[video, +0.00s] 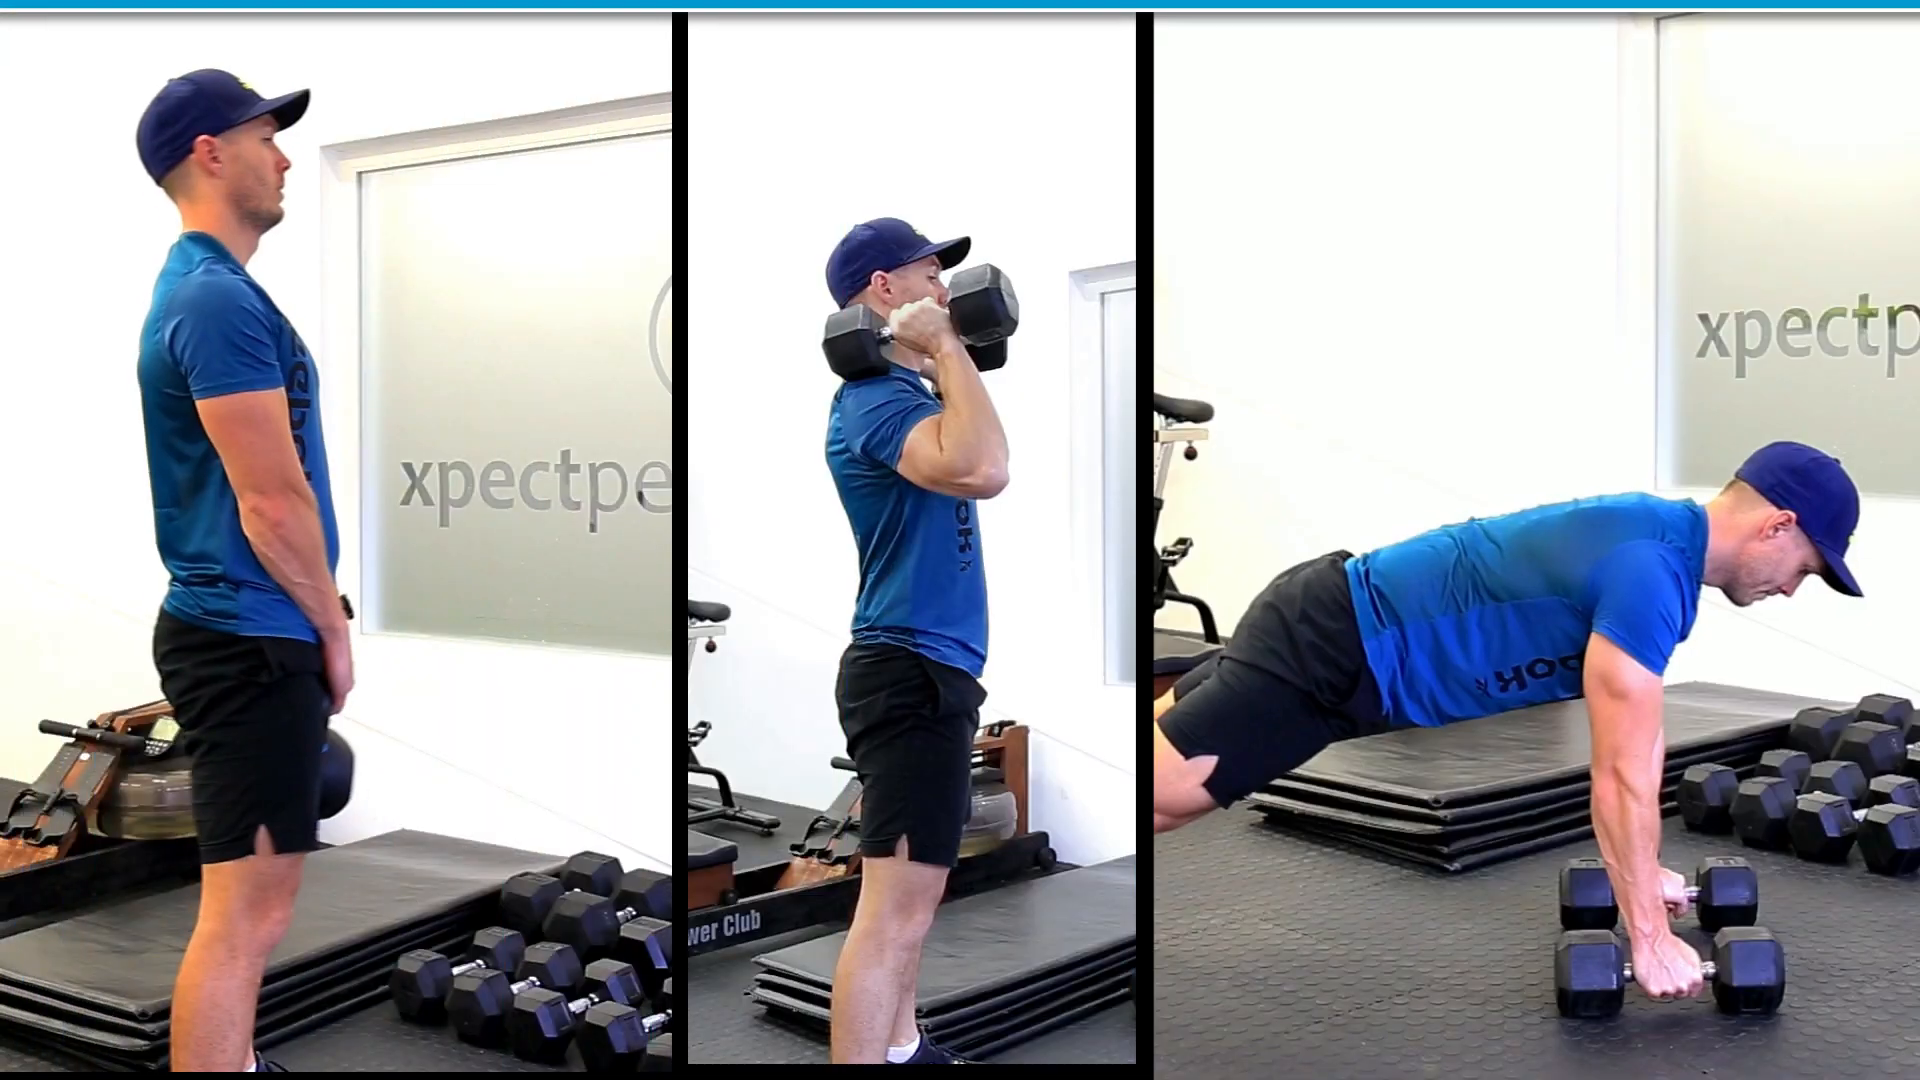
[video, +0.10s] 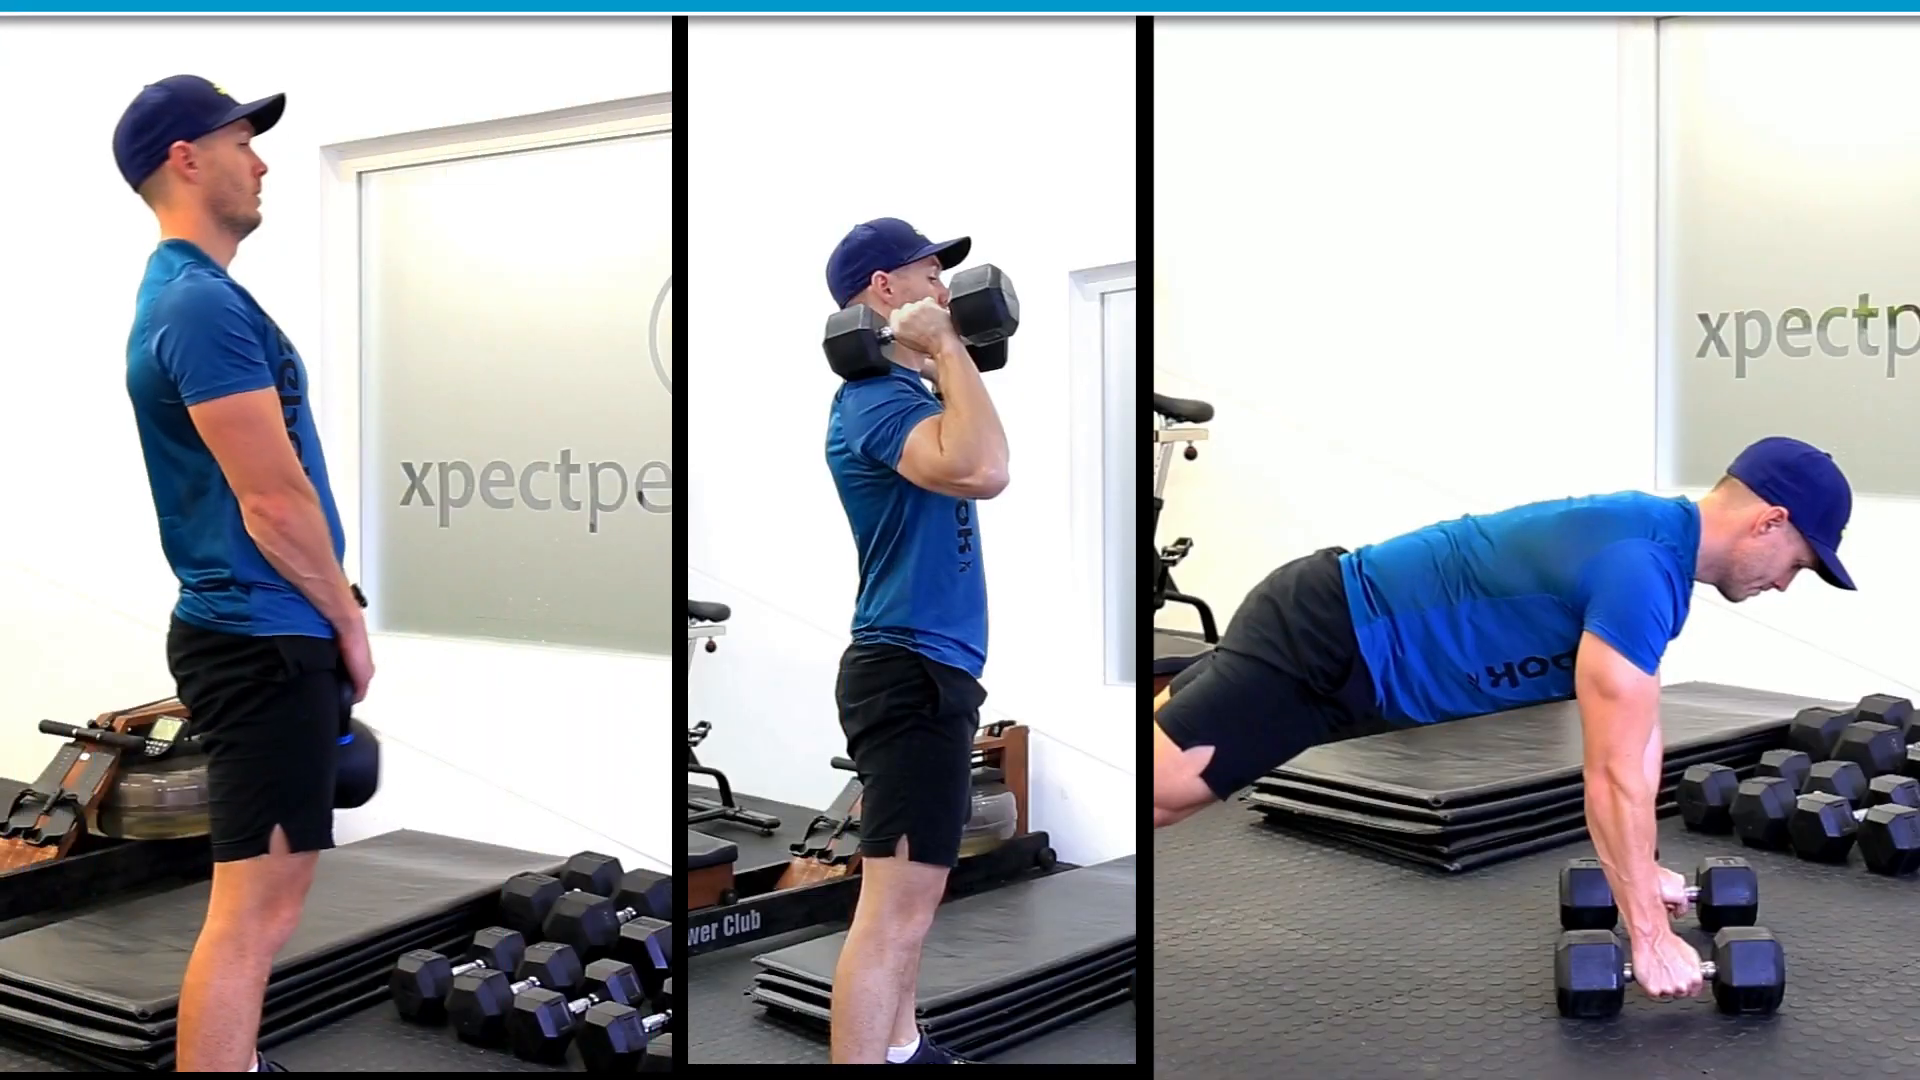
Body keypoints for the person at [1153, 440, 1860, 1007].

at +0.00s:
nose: (1795, 589)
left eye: (1808, 577)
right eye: (1806, 569)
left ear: (1766, 523)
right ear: (1775, 526)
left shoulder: (1663, 562)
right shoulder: (1651, 565)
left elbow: (1630, 753)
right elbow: (1618, 772)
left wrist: (1640, 872)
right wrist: (1646, 932)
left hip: (1351, 647)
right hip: (1336, 634)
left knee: (1167, 769)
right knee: (1156, 789)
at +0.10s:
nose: (1789, 584)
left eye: (1802, 572)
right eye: (1801, 563)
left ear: (1757, 516)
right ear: (1767, 520)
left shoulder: (1657, 561)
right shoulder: (1641, 564)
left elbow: (1629, 745)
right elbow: (1612, 773)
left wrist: (1638, 870)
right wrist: (1646, 930)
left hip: (1345, 644)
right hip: (1328, 632)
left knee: (1161, 768)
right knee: (1152, 785)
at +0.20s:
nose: (1785, 580)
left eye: (1798, 568)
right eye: (1797, 559)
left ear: (1753, 511)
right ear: (1763, 517)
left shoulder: (1653, 561)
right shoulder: (1634, 563)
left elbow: (1633, 740)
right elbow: (1608, 775)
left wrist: (1638, 869)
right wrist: (1646, 931)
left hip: (1344, 645)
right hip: (1325, 627)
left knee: (1155, 765)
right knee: (1145, 784)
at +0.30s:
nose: (1781, 576)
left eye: (1794, 564)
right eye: (1792, 556)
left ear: (1749, 508)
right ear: (1758, 514)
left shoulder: (1651, 562)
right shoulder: (1628, 558)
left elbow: (1636, 739)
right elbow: (1606, 768)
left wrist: (1640, 870)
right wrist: (1645, 923)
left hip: (1343, 645)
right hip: (1322, 624)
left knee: (1155, 774)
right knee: (1143, 782)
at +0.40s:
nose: (1778, 573)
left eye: (1792, 561)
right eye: (1790, 552)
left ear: (1745, 504)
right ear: (1754, 509)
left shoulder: (1649, 561)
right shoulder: (1623, 553)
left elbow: (1640, 734)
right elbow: (1601, 763)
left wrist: (1642, 867)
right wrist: (1641, 915)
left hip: (1341, 641)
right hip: (1318, 618)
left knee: (1157, 769)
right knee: (1147, 778)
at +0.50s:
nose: (1776, 573)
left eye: (1790, 561)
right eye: (1788, 552)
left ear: (1746, 510)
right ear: (1752, 510)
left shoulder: (1651, 560)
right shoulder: (1622, 546)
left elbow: (1638, 727)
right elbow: (1585, 750)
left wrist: (1641, 861)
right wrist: (1632, 900)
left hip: (1342, 641)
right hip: (1315, 615)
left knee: (1154, 764)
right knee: (1147, 777)